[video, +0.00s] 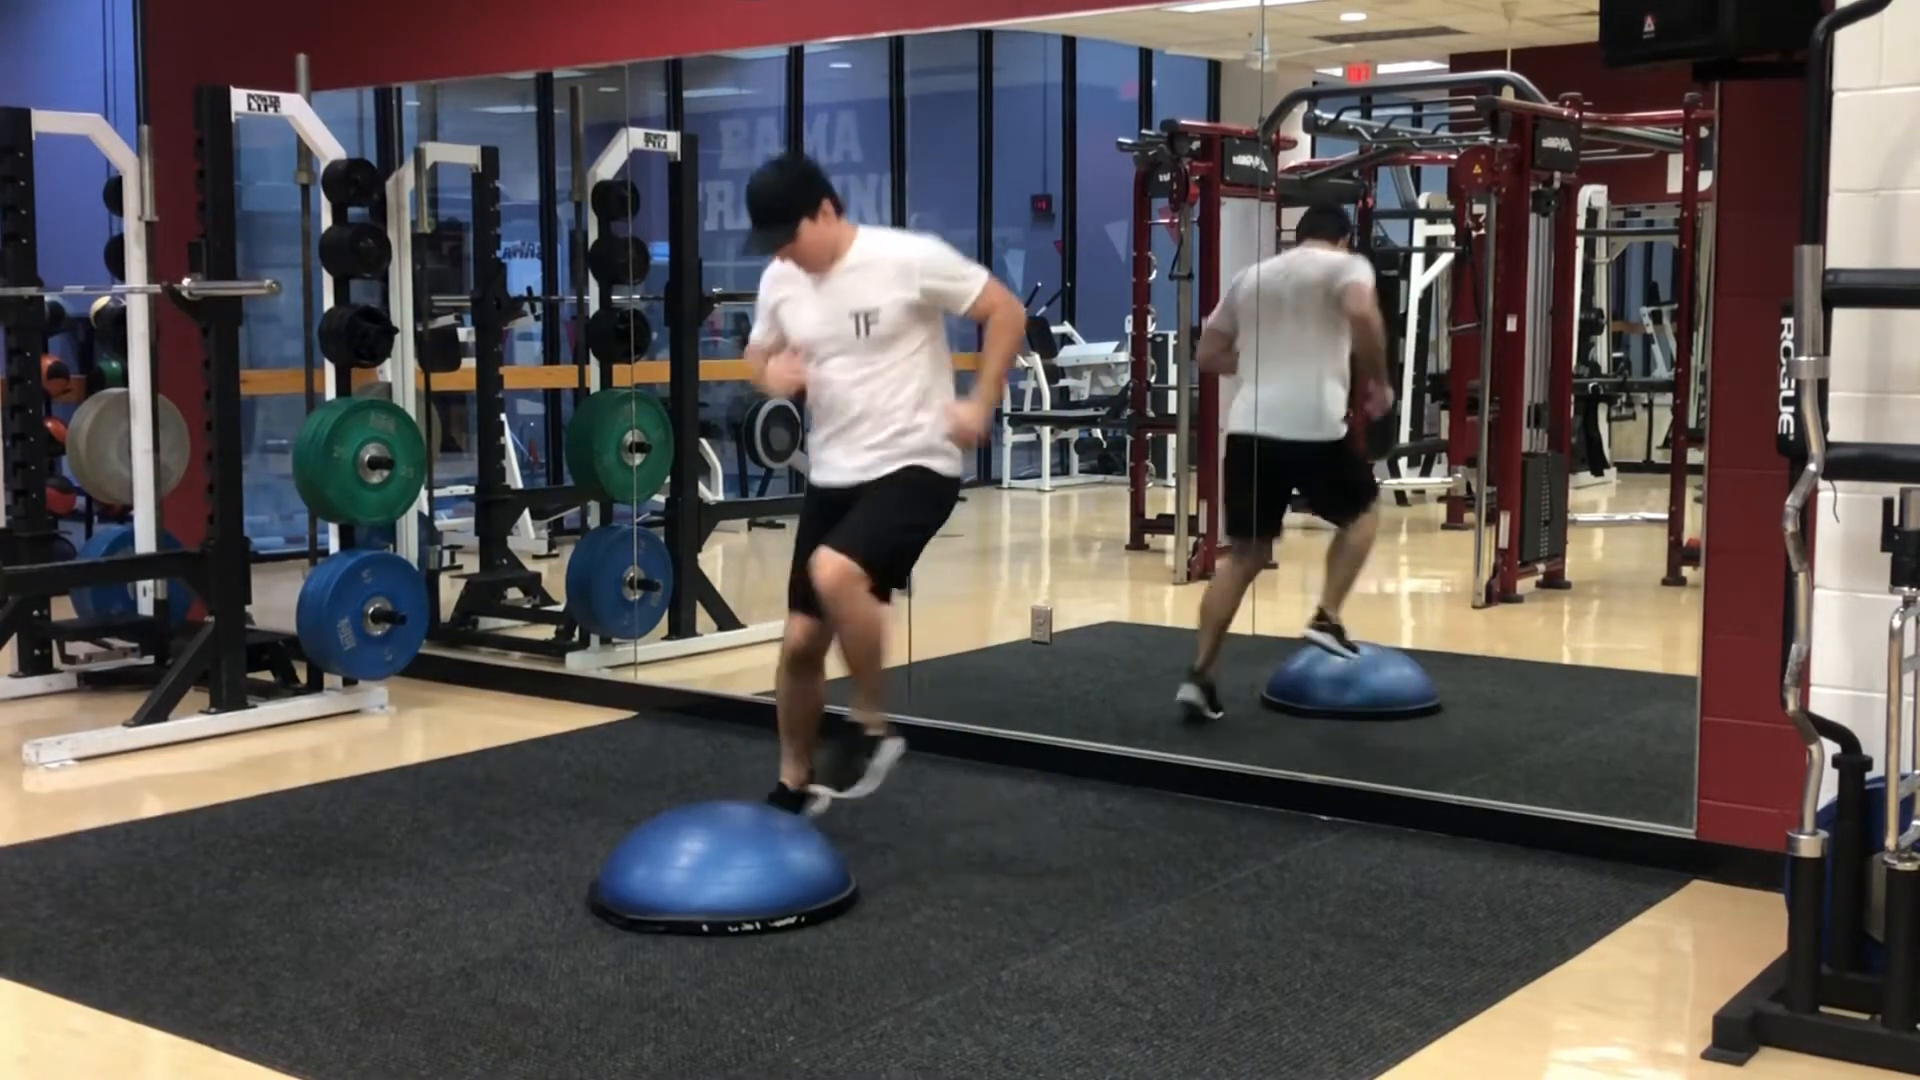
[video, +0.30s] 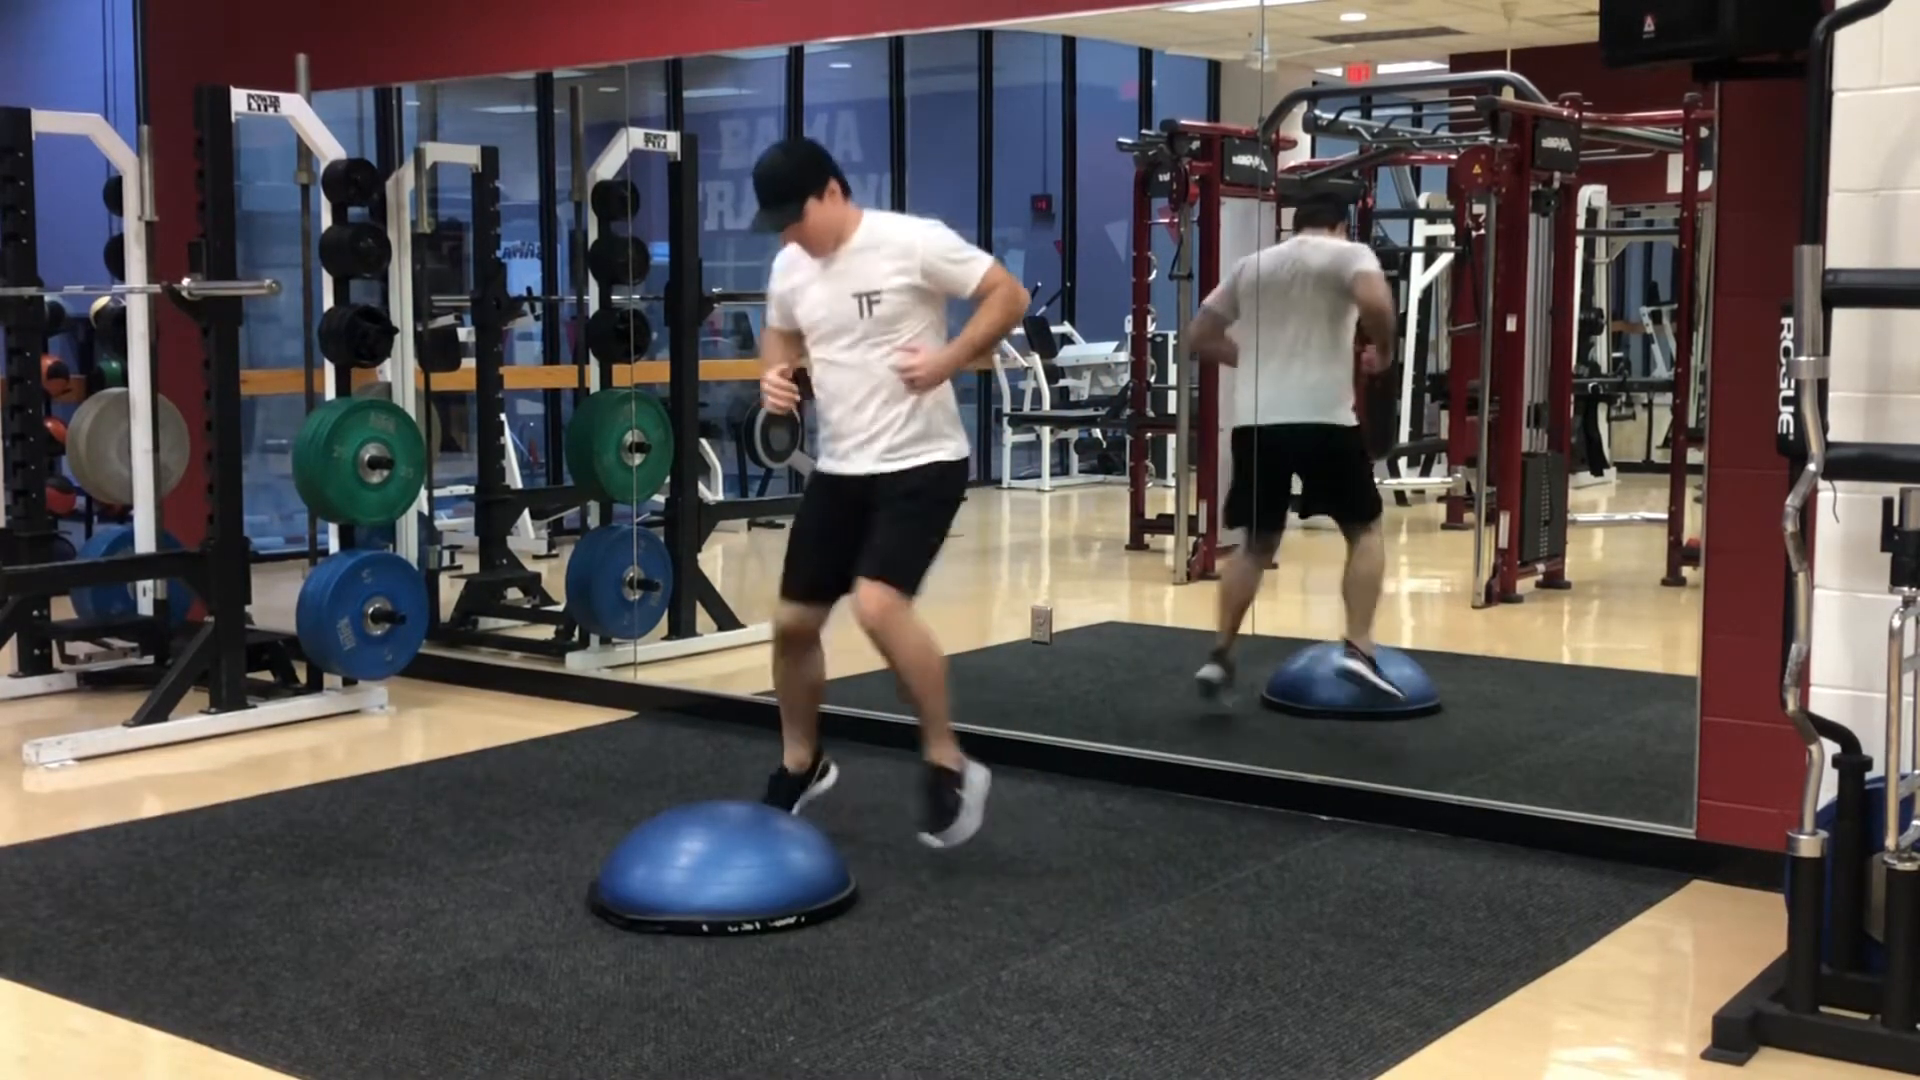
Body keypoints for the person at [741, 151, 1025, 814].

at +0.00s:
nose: (783, 254)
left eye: (789, 238)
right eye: (775, 244)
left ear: (826, 211)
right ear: (774, 235)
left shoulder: (909, 258)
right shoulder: (779, 279)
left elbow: (1007, 311)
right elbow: (760, 362)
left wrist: (982, 402)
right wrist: (774, 375)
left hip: (916, 462)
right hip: (834, 476)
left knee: (837, 571)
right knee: (801, 642)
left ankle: (872, 724)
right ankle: (794, 784)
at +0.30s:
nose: (788, 237)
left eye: (794, 220)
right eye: (781, 225)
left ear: (831, 194)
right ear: (789, 214)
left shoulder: (913, 242)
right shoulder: (790, 268)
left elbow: (1009, 295)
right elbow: (780, 344)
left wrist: (949, 357)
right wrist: (775, 379)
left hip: (922, 462)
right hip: (839, 469)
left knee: (877, 603)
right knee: (795, 623)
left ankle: (947, 763)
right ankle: (800, 766)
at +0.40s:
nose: (802, 247)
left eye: (807, 231)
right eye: (795, 237)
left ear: (842, 202)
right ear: (799, 223)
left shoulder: (924, 256)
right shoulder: (814, 269)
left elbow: (1003, 337)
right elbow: (826, 353)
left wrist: (928, 388)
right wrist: (802, 403)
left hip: (936, 481)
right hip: (857, 479)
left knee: (937, 644)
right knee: (779, 589)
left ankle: (1004, 811)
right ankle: (812, 744)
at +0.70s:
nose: (800, 250)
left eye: (803, 234)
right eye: (791, 240)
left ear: (838, 205)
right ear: (802, 221)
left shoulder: (920, 259)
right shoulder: (813, 267)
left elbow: (988, 349)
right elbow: (831, 350)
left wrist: (904, 377)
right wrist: (799, 391)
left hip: (919, 487)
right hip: (838, 480)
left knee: (919, 639)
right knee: (769, 599)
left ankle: (986, 793)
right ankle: (789, 745)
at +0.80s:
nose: (778, 251)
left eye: (783, 235)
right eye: (771, 240)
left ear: (819, 208)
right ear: (775, 228)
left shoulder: (906, 258)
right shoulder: (784, 277)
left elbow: (989, 331)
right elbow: (779, 354)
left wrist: (929, 397)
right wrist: (766, 411)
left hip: (907, 464)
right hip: (828, 471)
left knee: (843, 579)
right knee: (789, 631)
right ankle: (774, 768)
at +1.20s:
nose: (776, 240)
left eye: (779, 224)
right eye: (768, 231)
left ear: (812, 192)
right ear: (778, 212)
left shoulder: (898, 245)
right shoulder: (788, 263)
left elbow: (986, 315)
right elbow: (796, 346)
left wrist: (930, 386)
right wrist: (767, 408)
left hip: (906, 469)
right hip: (826, 468)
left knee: (882, 624)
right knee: (756, 590)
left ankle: (955, 801)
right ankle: (805, 737)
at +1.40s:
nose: (782, 274)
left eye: (786, 257)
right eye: (775, 262)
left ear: (826, 233)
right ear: (809, 243)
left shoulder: (899, 297)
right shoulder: (813, 306)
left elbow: (979, 378)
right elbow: (841, 398)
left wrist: (900, 416)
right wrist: (802, 442)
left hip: (916, 524)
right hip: (840, 512)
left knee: (927, 681)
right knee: (755, 588)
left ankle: (989, 832)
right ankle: (816, 747)